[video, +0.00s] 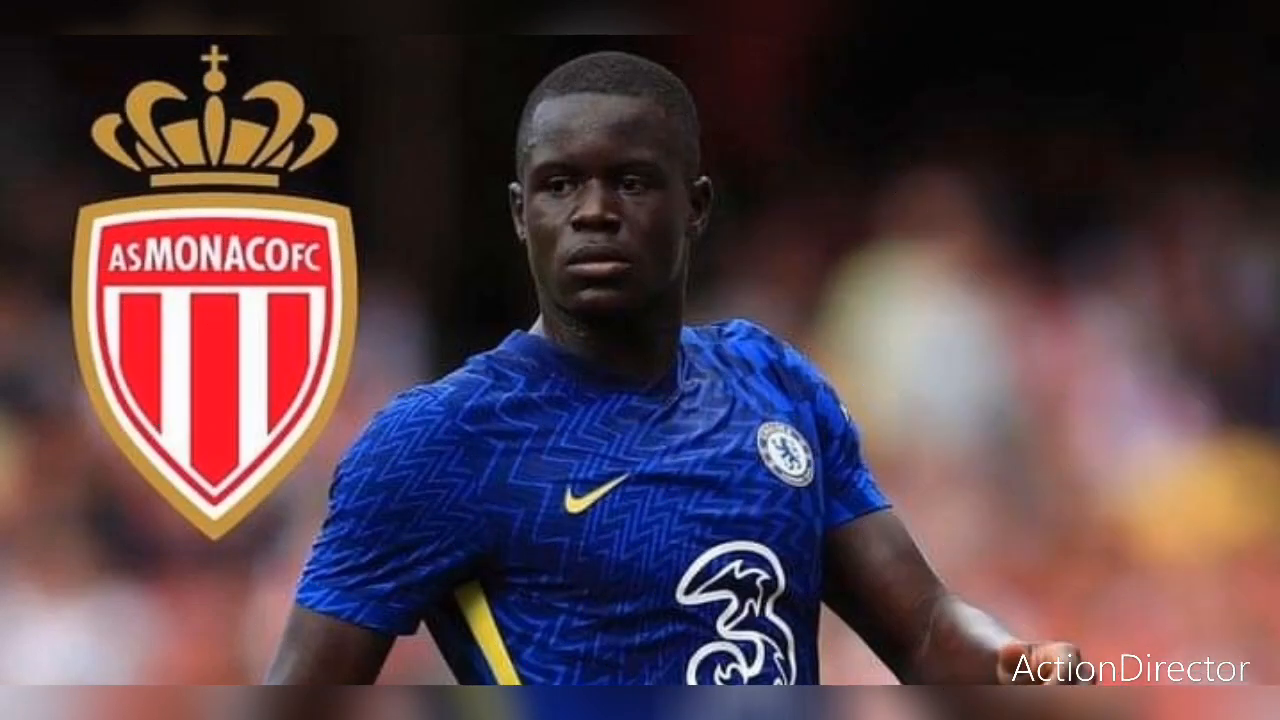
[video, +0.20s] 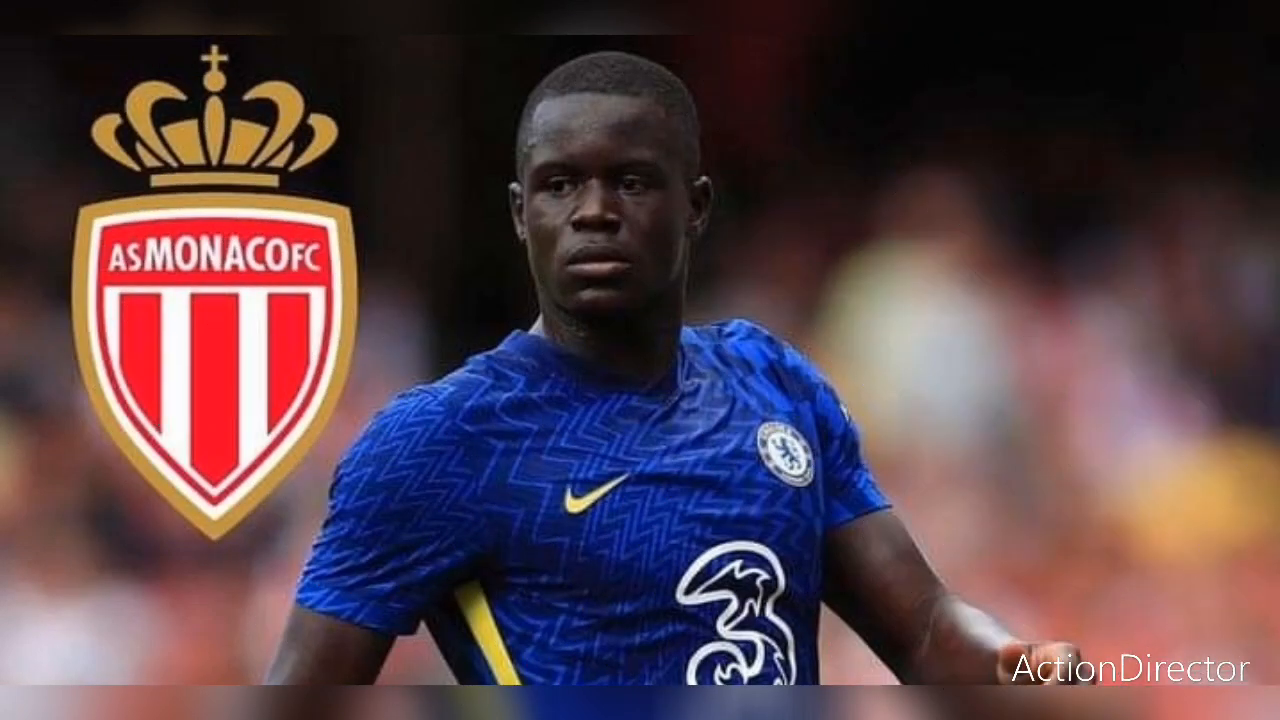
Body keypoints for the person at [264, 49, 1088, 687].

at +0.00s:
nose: (595, 210)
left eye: (633, 178)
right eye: (560, 181)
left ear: (697, 209)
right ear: (522, 216)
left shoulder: (770, 385)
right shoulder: (433, 444)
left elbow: (921, 626)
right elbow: (301, 691)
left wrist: (1021, 675)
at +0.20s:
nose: (596, 209)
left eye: (633, 179)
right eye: (560, 181)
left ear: (697, 208)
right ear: (522, 216)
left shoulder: (771, 385)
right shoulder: (432, 445)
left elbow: (921, 626)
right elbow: (301, 692)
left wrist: (1023, 676)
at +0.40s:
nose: (595, 210)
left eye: (633, 178)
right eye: (560, 181)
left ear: (697, 209)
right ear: (522, 216)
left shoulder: (770, 385)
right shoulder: (433, 444)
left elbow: (921, 626)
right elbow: (301, 691)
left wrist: (1021, 675)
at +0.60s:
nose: (595, 210)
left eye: (633, 178)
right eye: (560, 181)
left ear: (697, 209)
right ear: (522, 216)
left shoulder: (770, 385)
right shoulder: (433, 444)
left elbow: (921, 626)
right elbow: (301, 691)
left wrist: (1021, 675)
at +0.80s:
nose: (595, 210)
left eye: (633, 178)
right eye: (560, 181)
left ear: (697, 209)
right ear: (522, 216)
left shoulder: (770, 385)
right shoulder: (433, 444)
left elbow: (921, 626)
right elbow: (301, 691)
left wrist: (1021, 675)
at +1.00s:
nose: (596, 209)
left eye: (633, 178)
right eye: (560, 181)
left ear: (697, 210)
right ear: (522, 216)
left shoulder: (770, 385)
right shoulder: (432, 445)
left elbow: (921, 626)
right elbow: (301, 692)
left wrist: (1021, 675)